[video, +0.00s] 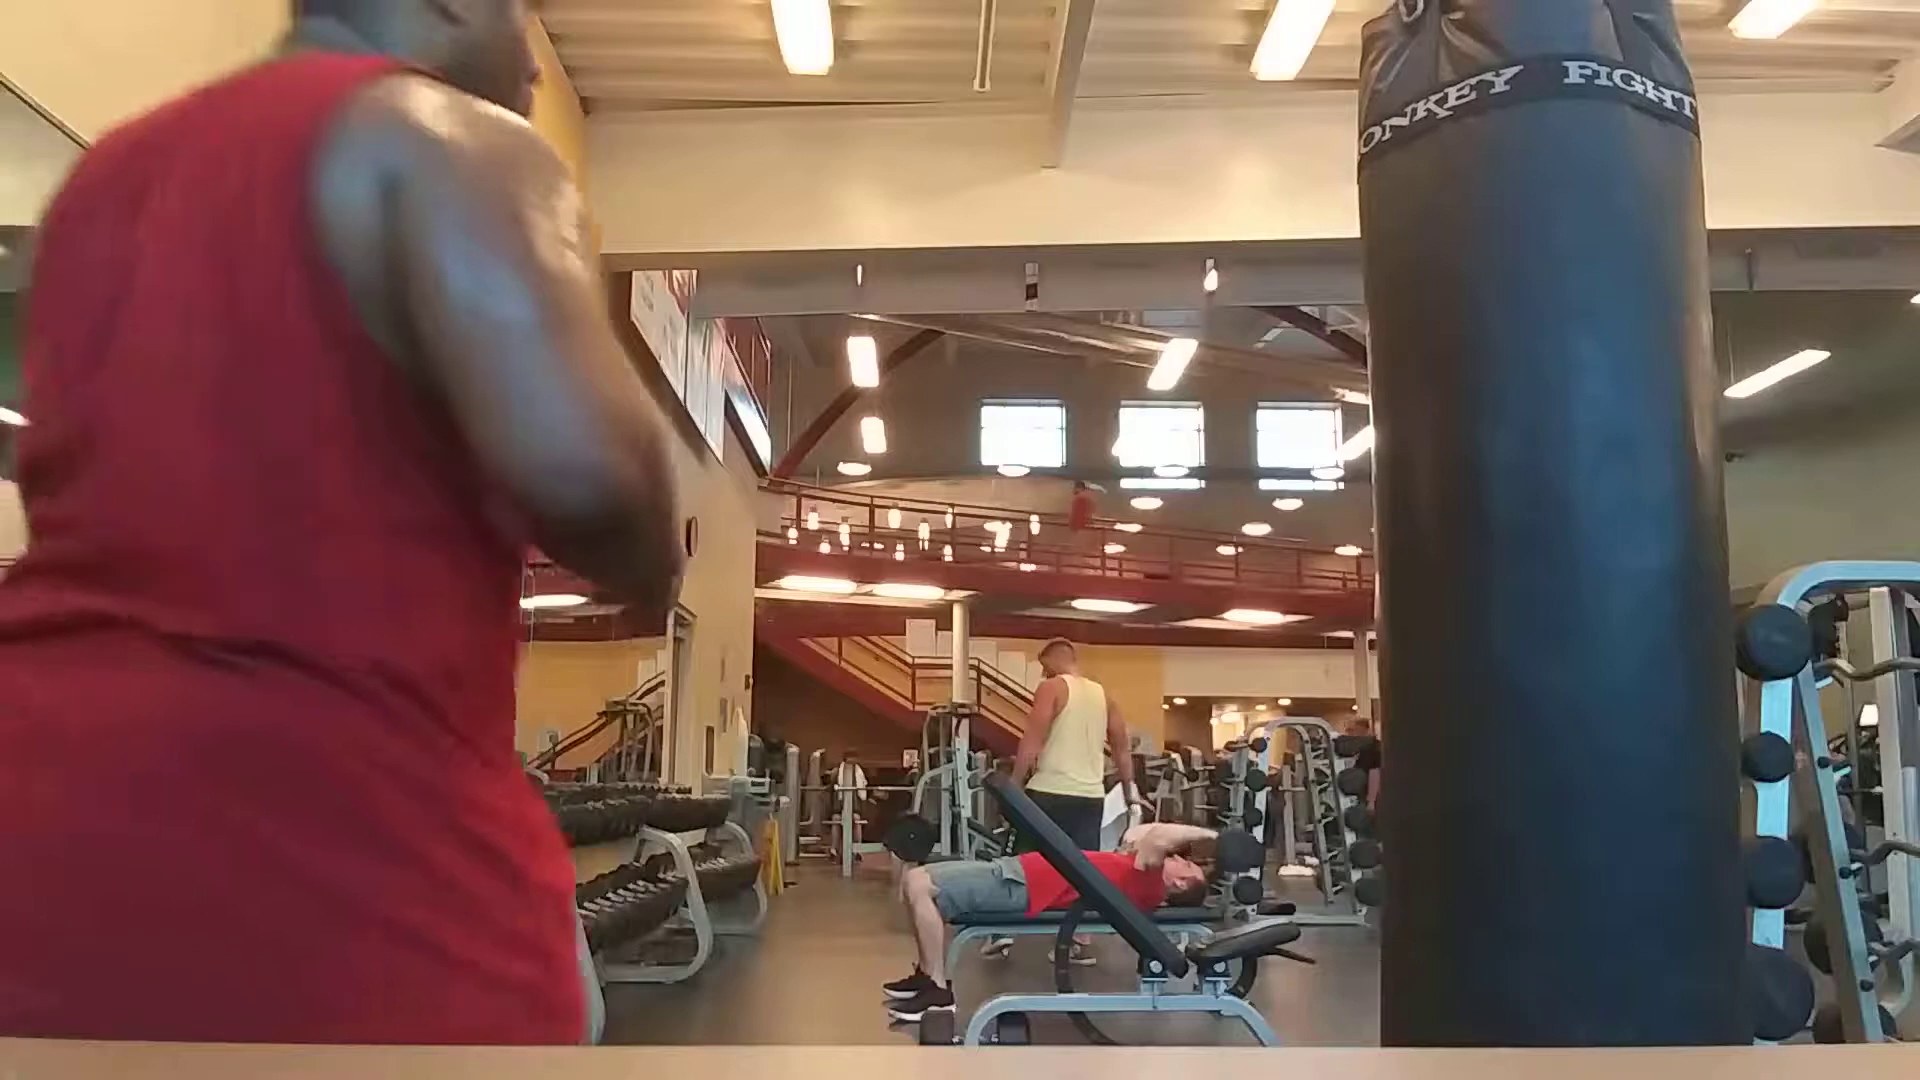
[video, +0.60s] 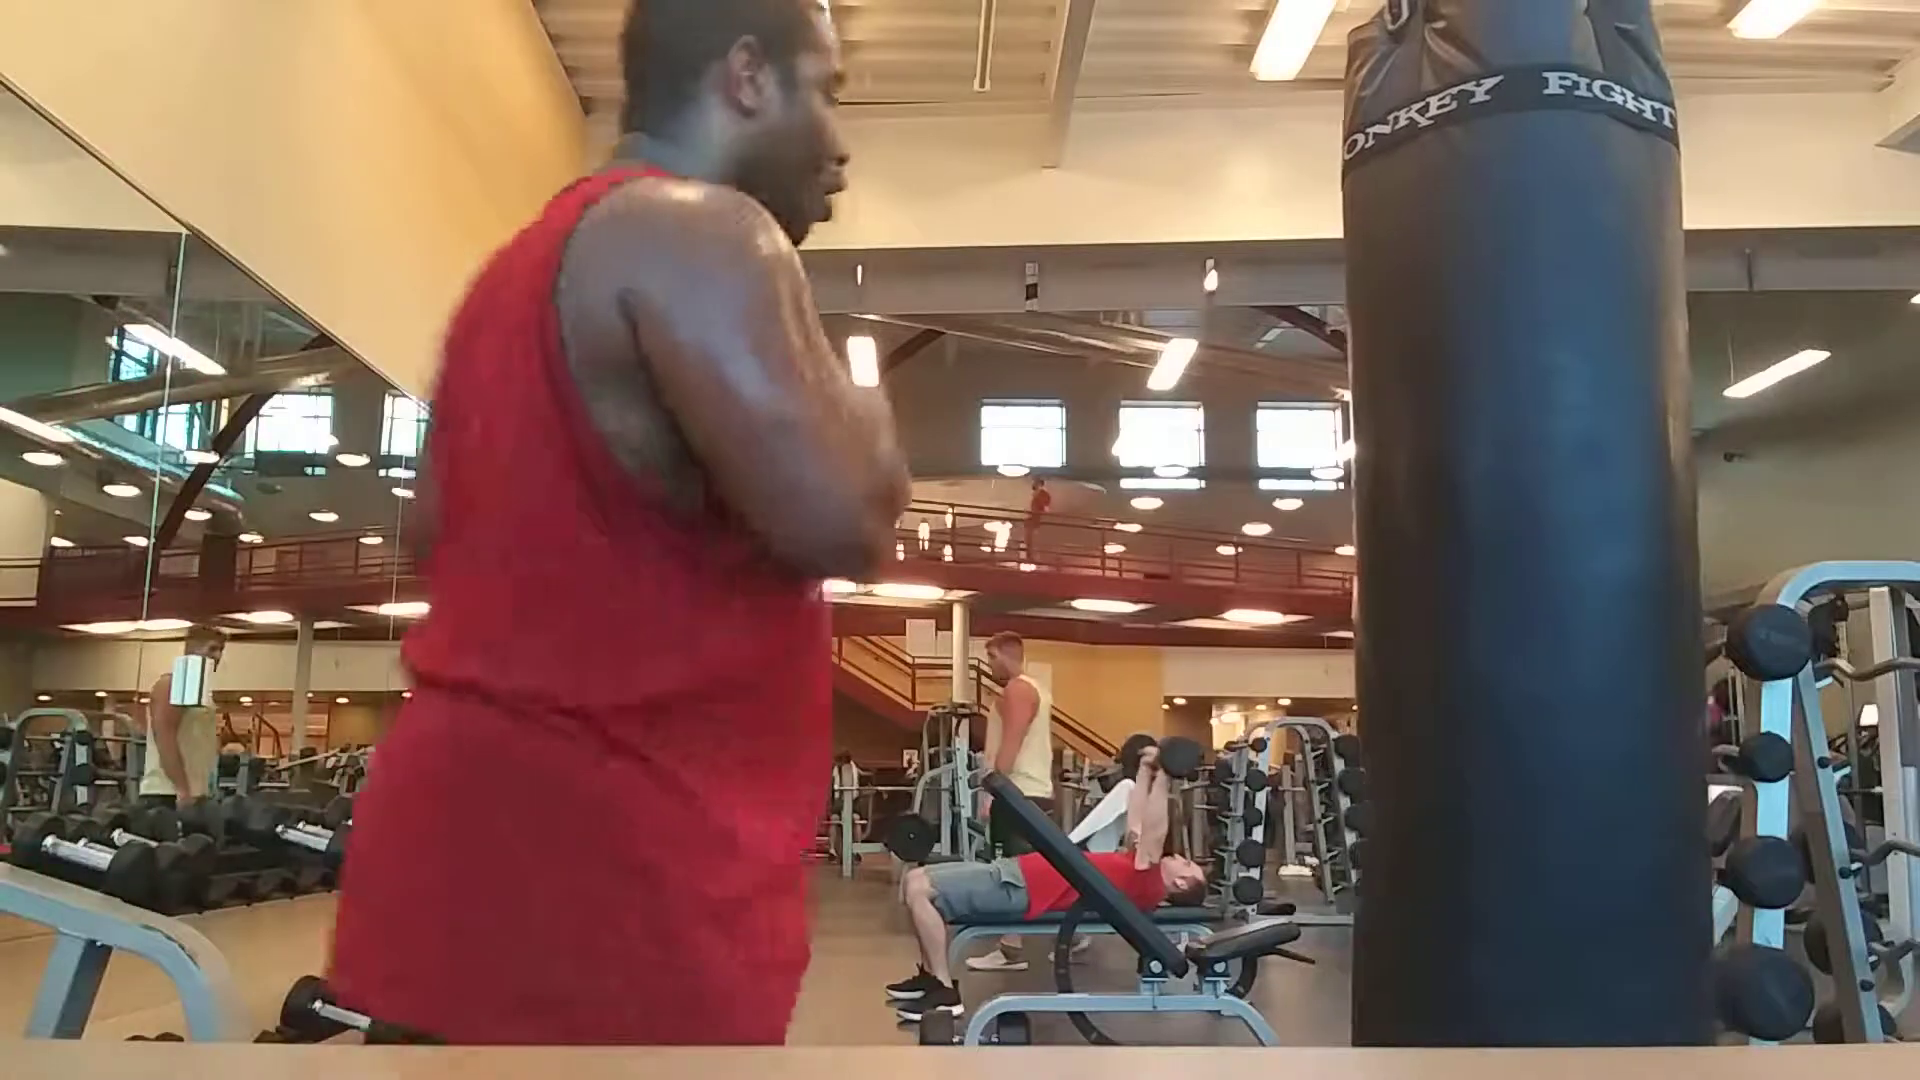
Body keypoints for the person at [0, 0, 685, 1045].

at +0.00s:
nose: (535, 66)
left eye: (534, 27)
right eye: (527, 19)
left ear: (317, 9)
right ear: (457, 4)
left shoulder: (101, 167)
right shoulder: (446, 139)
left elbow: (57, 456)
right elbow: (582, 469)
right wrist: (643, 576)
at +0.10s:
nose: (577, 80)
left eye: (572, 35)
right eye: (565, 29)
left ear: (365, 22)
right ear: (495, 16)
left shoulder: (158, 185)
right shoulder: (504, 169)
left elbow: (96, 522)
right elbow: (640, 515)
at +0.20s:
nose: (634, 95)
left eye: (633, 55)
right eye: (623, 47)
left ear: (430, 42)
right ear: (555, 31)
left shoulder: (241, 202)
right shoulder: (566, 194)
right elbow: (657, 539)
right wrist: (721, 547)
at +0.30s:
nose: (705, 115)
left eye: (705, 78)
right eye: (694, 72)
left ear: (501, 69)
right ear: (623, 64)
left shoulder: (323, 241)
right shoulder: (618, 239)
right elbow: (712, 583)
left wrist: (668, 672)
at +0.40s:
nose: (770, 150)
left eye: (769, 103)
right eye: (756, 99)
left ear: (564, 92)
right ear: (682, 85)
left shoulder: (395, 268)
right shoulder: (680, 269)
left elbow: (354, 563)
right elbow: (779, 611)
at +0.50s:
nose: (813, 152)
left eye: (810, 107)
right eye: (798, 103)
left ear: (612, 98)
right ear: (721, 89)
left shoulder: (454, 274)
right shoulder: (706, 268)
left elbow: (363, 553)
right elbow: (835, 577)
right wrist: (818, 409)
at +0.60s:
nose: (845, 140)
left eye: (843, 95)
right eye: (828, 90)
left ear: (730, 82)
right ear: (743, 79)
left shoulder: (522, 261)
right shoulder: (698, 232)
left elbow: (428, 530)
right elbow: (844, 525)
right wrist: (862, 380)